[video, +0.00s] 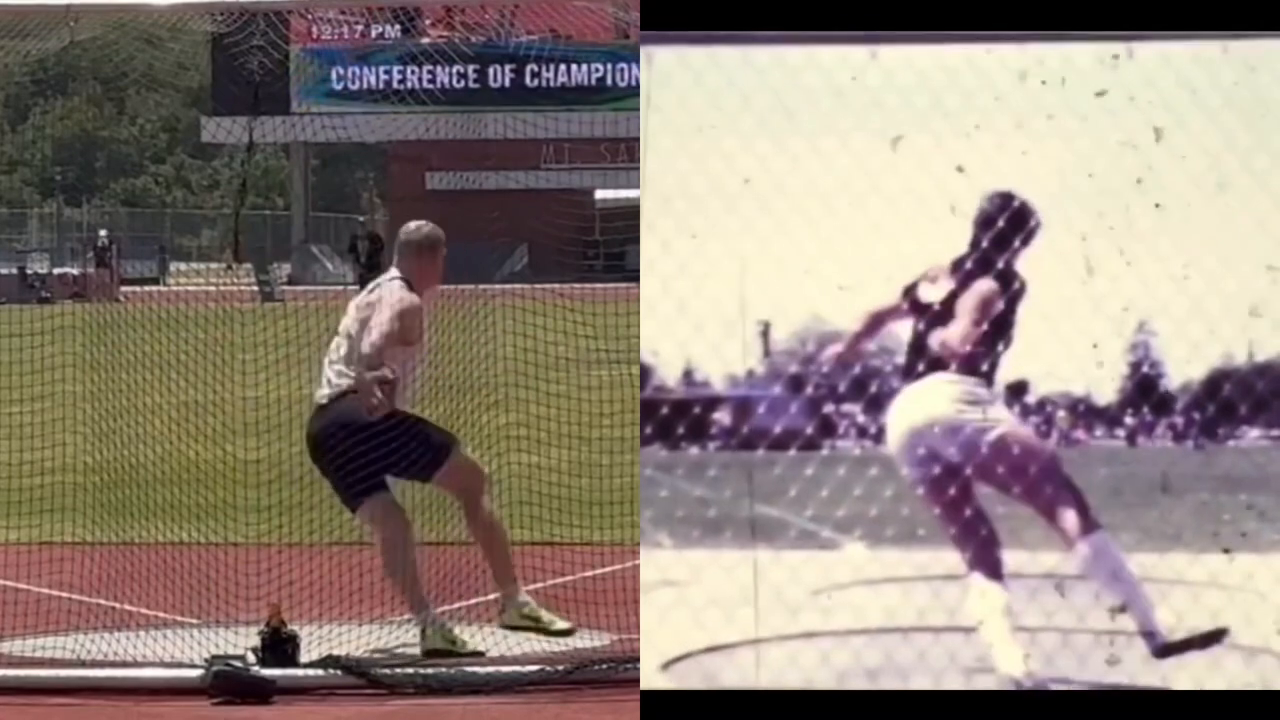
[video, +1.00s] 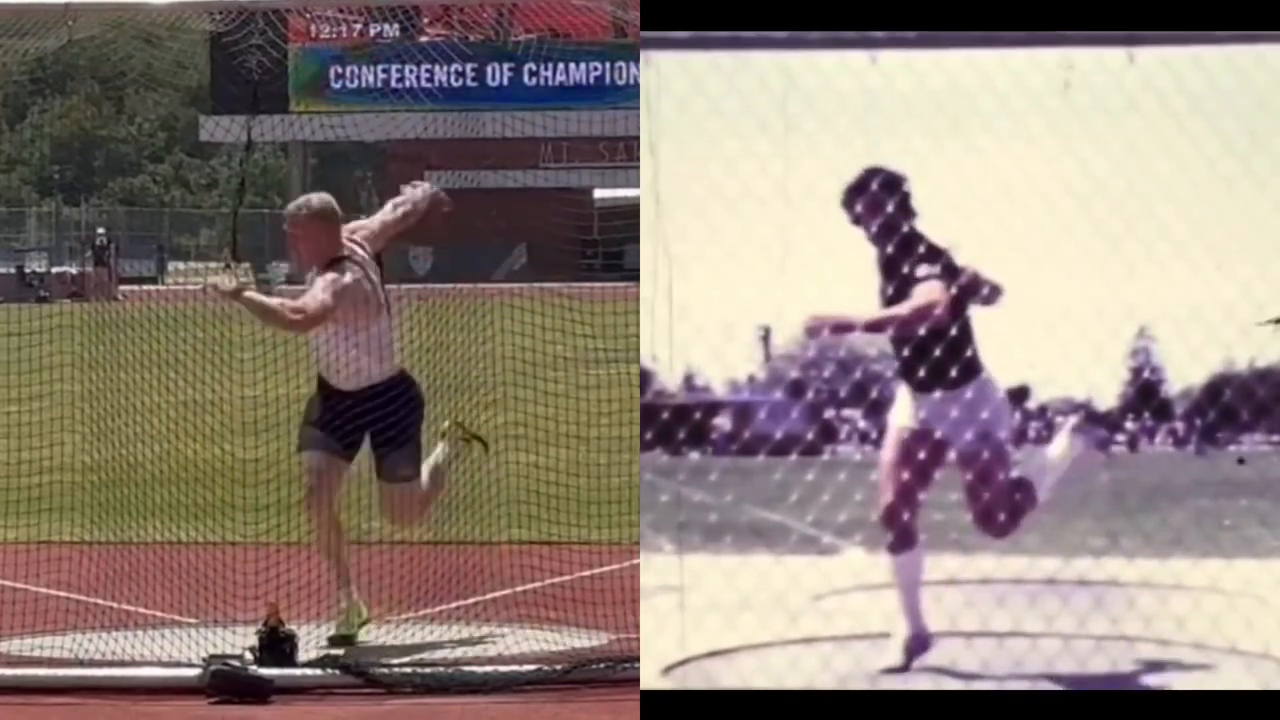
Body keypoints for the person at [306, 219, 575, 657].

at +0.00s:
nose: (442, 270)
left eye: (442, 261)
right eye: (441, 261)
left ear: (399, 257)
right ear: (430, 260)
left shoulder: (373, 292)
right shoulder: (401, 296)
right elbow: (374, 338)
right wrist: (369, 377)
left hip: (325, 428)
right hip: (367, 414)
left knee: (390, 524)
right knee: (471, 482)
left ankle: (430, 626)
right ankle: (514, 601)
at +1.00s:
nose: (292, 246)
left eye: (297, 237)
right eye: (291, 238)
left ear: (322, 235)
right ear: (324, 234)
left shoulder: (339, 280)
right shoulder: (356, 239)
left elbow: (298, 318)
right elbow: (398, 212)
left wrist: (243, 295)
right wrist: (425, 192)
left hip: (388, 398)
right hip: (336, 397)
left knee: (404, 514)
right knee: (317, 495)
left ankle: (449, 447)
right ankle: (350, 604)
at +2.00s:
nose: (400, 223)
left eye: (397, 215)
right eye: (393, 217)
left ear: (357, 226)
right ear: (370, 228)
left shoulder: (336, 239)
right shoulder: (351, 285)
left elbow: (301, 237)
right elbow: (311, 336)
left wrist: (341, 233)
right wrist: (284, 389)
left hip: (322, 387)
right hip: (353, 389)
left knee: (327, 500)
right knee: (381, 502)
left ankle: (304, 604)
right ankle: (318, 593)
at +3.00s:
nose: (321, 173)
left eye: (333, 167)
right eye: (321, 164)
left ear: (359, 176)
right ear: (318, 168)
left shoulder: (375, 214)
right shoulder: (297, 211)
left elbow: (387, 262)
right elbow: (238, 238)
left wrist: (337, 224)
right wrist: (197, 261)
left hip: (359, 337)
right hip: (324, 340)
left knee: (268, 381)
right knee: (302, 465)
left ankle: (273, 506)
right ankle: (337, 575)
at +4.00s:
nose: (367, 205)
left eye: (366, 196)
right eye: (360, 196)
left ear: (341, 198)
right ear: (333, 194)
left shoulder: (338, 241)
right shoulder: (307, 231)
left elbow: (360, 292)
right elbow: (373, 247)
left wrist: (424, 303)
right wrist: (447, 239)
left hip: (336, 354)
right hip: (292, 372)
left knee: (435, 355)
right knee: (306, 485)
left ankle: (531, 426)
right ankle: (274, 605)